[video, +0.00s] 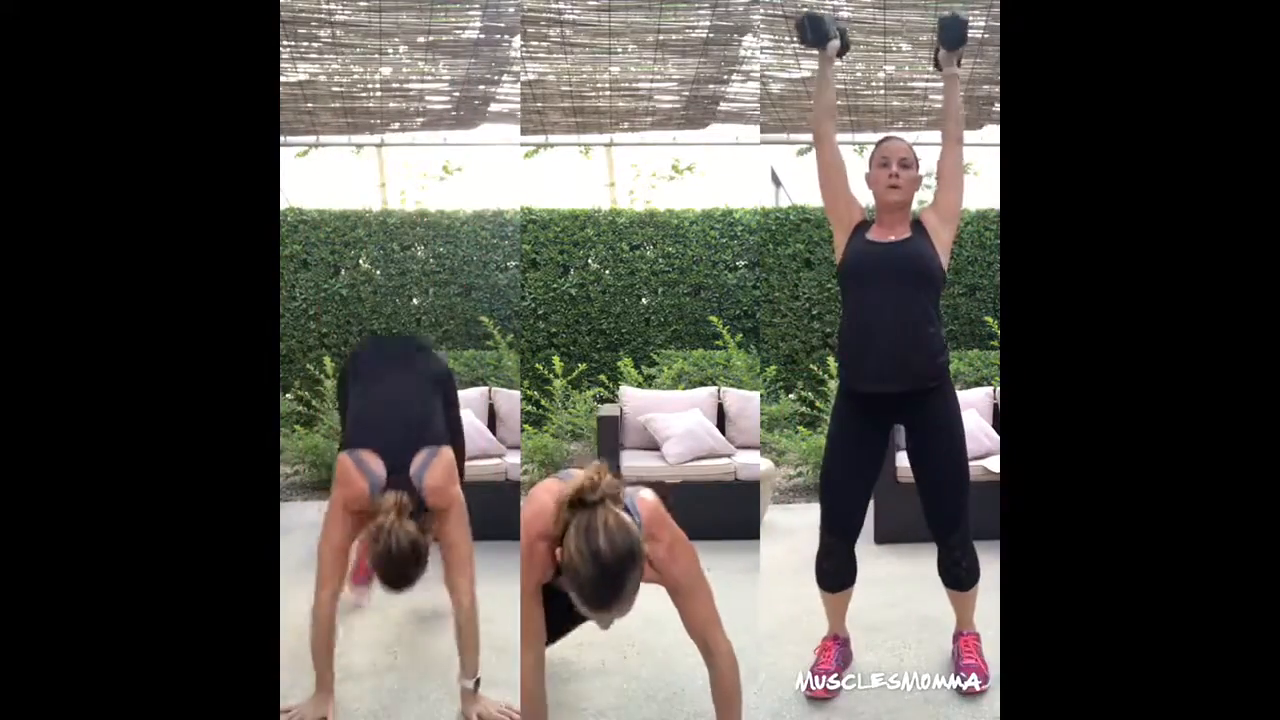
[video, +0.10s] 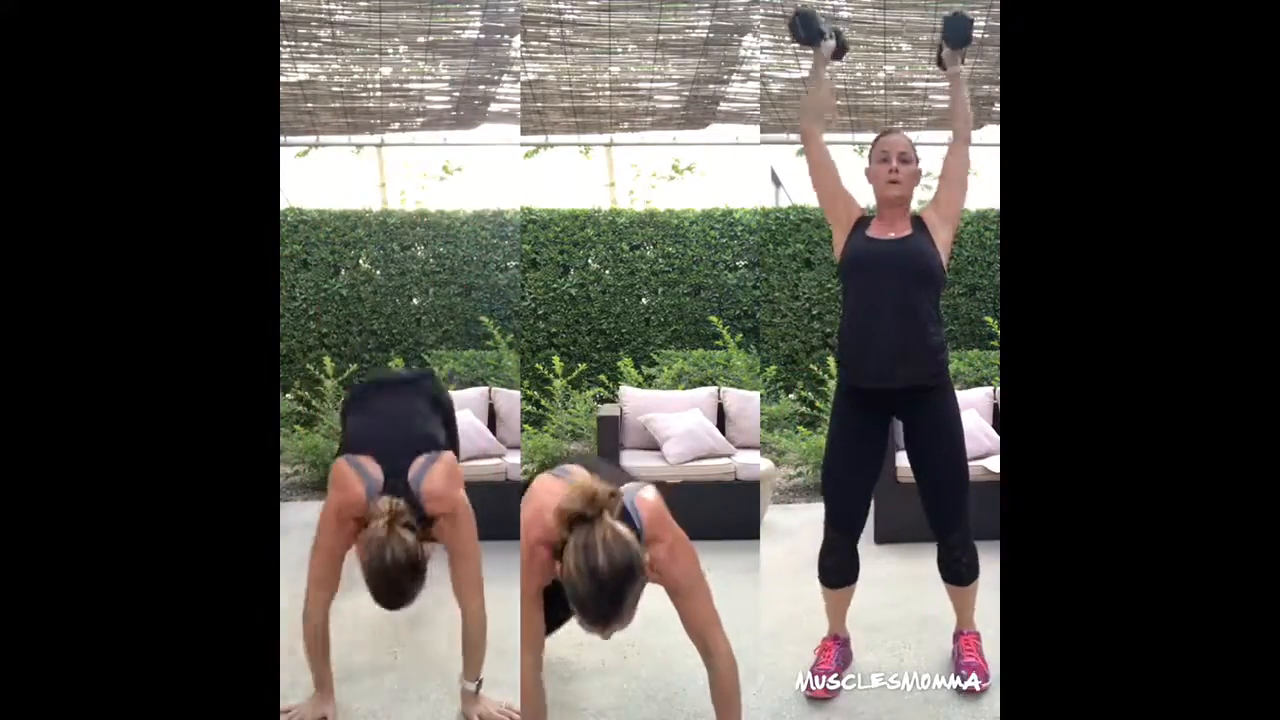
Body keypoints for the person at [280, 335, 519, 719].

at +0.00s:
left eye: (404, 582)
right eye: (386, 578)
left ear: (427, 534)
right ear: (370, 536)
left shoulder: (445, 489)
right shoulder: (350, 489)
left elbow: (463, 593)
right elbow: (327, 593)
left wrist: (470, 689)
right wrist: (323, 692)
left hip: (427, 361)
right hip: (363, 361)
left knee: (451, 482)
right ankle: (362, 543)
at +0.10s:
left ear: (425, 543)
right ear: (360, 544)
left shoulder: (449, 499)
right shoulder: (344, 498)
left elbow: (473, 603)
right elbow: (317, 600)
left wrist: (471, 693)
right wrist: (323, 695)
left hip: (428, 391)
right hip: (361, 397)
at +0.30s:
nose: (398, 591)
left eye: (407, 581)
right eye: (388, 584)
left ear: (428, 532)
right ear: (362, 537)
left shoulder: (447, 492)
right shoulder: (346, 490)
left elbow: (477, 605)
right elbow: (315, 602)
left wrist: (472, 692)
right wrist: (323, 694)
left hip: (434, 454)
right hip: (366, 457)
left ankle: (446, 537)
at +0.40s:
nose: (397, 591)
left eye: (406, 581)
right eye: (387, 583)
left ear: (427, 533)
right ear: (362, 533)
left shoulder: (449, 496)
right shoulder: (346, 495)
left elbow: (478, 603)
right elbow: (314, 604)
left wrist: (473, 691)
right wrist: (322, 693)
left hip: (433, 456)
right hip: (366, 456)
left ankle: (446, 538)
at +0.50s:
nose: (400, 598)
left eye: (409, 591)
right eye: (390, 594)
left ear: (427, 539)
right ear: (361, 546)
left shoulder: (451, 501)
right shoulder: (340, 505)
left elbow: (474, 601)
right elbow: (316, 603)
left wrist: (472, 690)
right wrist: (322, 692)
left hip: (433, 426)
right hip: (364, 428)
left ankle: (443, 536)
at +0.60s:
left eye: (401, 581)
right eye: (381, 580)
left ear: (422, 538)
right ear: (360, 537)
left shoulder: (443, 492)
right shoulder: (346, 492)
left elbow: (466, 600)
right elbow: (325, 599)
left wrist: (471, 692)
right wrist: (322, 694)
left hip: (430, 391)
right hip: (365, 389)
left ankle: (447, 546)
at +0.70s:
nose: (388, 573)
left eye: (396, 569)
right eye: (379, 568)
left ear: (417, 528)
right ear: (361, 523)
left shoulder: (439, 485)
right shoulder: (348, 480)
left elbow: (461, 598)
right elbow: (332, 595)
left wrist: (471, 690)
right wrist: (323, 693)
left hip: (434, 385)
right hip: (366, 384)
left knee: (456, 501)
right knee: (335, 500)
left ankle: (445, 554)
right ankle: (357, 551)